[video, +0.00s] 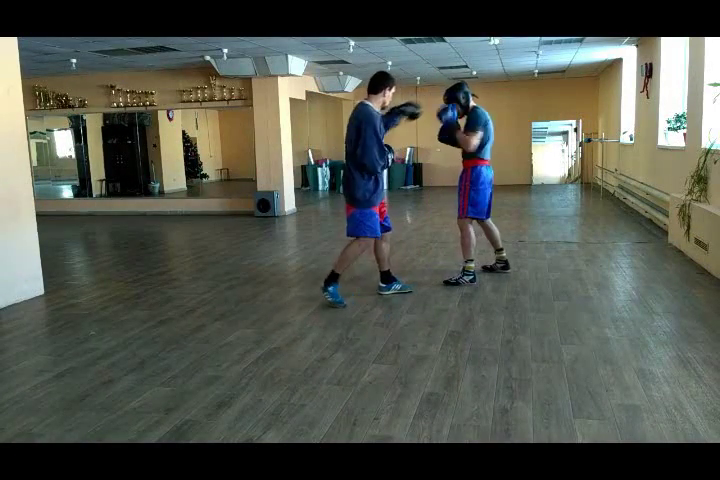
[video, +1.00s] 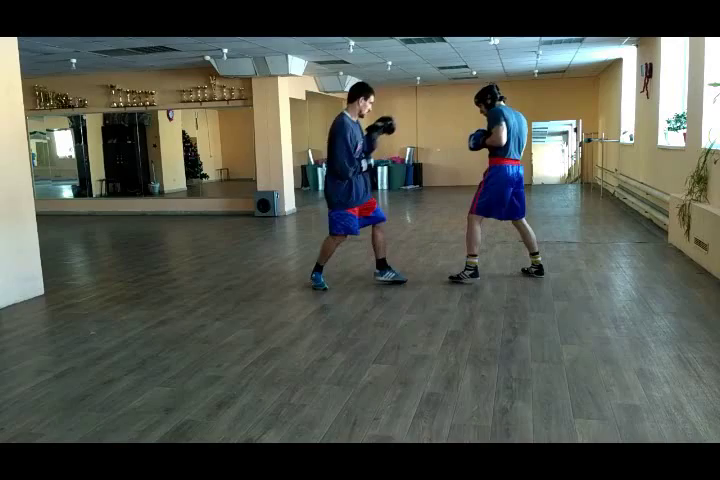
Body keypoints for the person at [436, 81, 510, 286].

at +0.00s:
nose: (452, 108)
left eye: (451, 104)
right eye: (450, 105)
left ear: (461, 100)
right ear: (467, 99)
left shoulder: (476, 114)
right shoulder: (478, 115)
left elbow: (470, 144)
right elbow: (466, 145)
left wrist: (452, 125)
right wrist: (448, 133)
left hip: (474, 170)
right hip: (483, 169)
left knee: (464, 220)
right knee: (482, 218)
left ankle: (468, 271)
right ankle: (501, 260)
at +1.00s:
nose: (481, 112)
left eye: (481, 107)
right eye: (480, 108)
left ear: (487, 102)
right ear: (498, 99)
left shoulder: (496, 112)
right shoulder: (520, 116)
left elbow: (499, 139)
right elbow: (518, 145)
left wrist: (483, 140)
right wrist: (490, 136)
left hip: (498, 172)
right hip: (517, 172)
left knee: (474, 218)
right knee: (518, 219)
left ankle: (471, 268)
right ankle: (537, 264)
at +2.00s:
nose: (488, 103)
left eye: (488, 100)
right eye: (487, 100)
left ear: (493, 98)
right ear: (510, 96)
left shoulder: (493, 112)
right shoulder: (530, 117)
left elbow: (482, 142)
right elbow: (528, 153)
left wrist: (474, 140)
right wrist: (511, 144)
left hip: (495, 174)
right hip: (519, 175)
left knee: (472, 223)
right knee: (529, 223)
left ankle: (458, 270)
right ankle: (544, 270)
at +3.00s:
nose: (494, 108)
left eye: (494, 105)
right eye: (494, 106)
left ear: (498, 103)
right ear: (517, 101)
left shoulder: (498, 120)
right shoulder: (537, 120)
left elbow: (494, 155)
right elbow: (537, 157)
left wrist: (483, 146)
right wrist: (518, 144)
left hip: (501, 181)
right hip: (526, 181)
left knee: (475, 227)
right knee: (539, 230)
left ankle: (455, 272)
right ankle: (553, 276)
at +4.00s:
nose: (537, 102)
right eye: (539, 99)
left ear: (516, 96)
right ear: (537, 99)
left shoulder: (499, 117)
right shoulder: (542, 118)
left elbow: (487, 153)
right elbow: (549, 156)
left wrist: (507, 141)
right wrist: (535, 141)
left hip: (504, 180)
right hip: (529, 181)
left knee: (499, 227)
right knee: (537, 237)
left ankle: (488, 272)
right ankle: (534, 291)